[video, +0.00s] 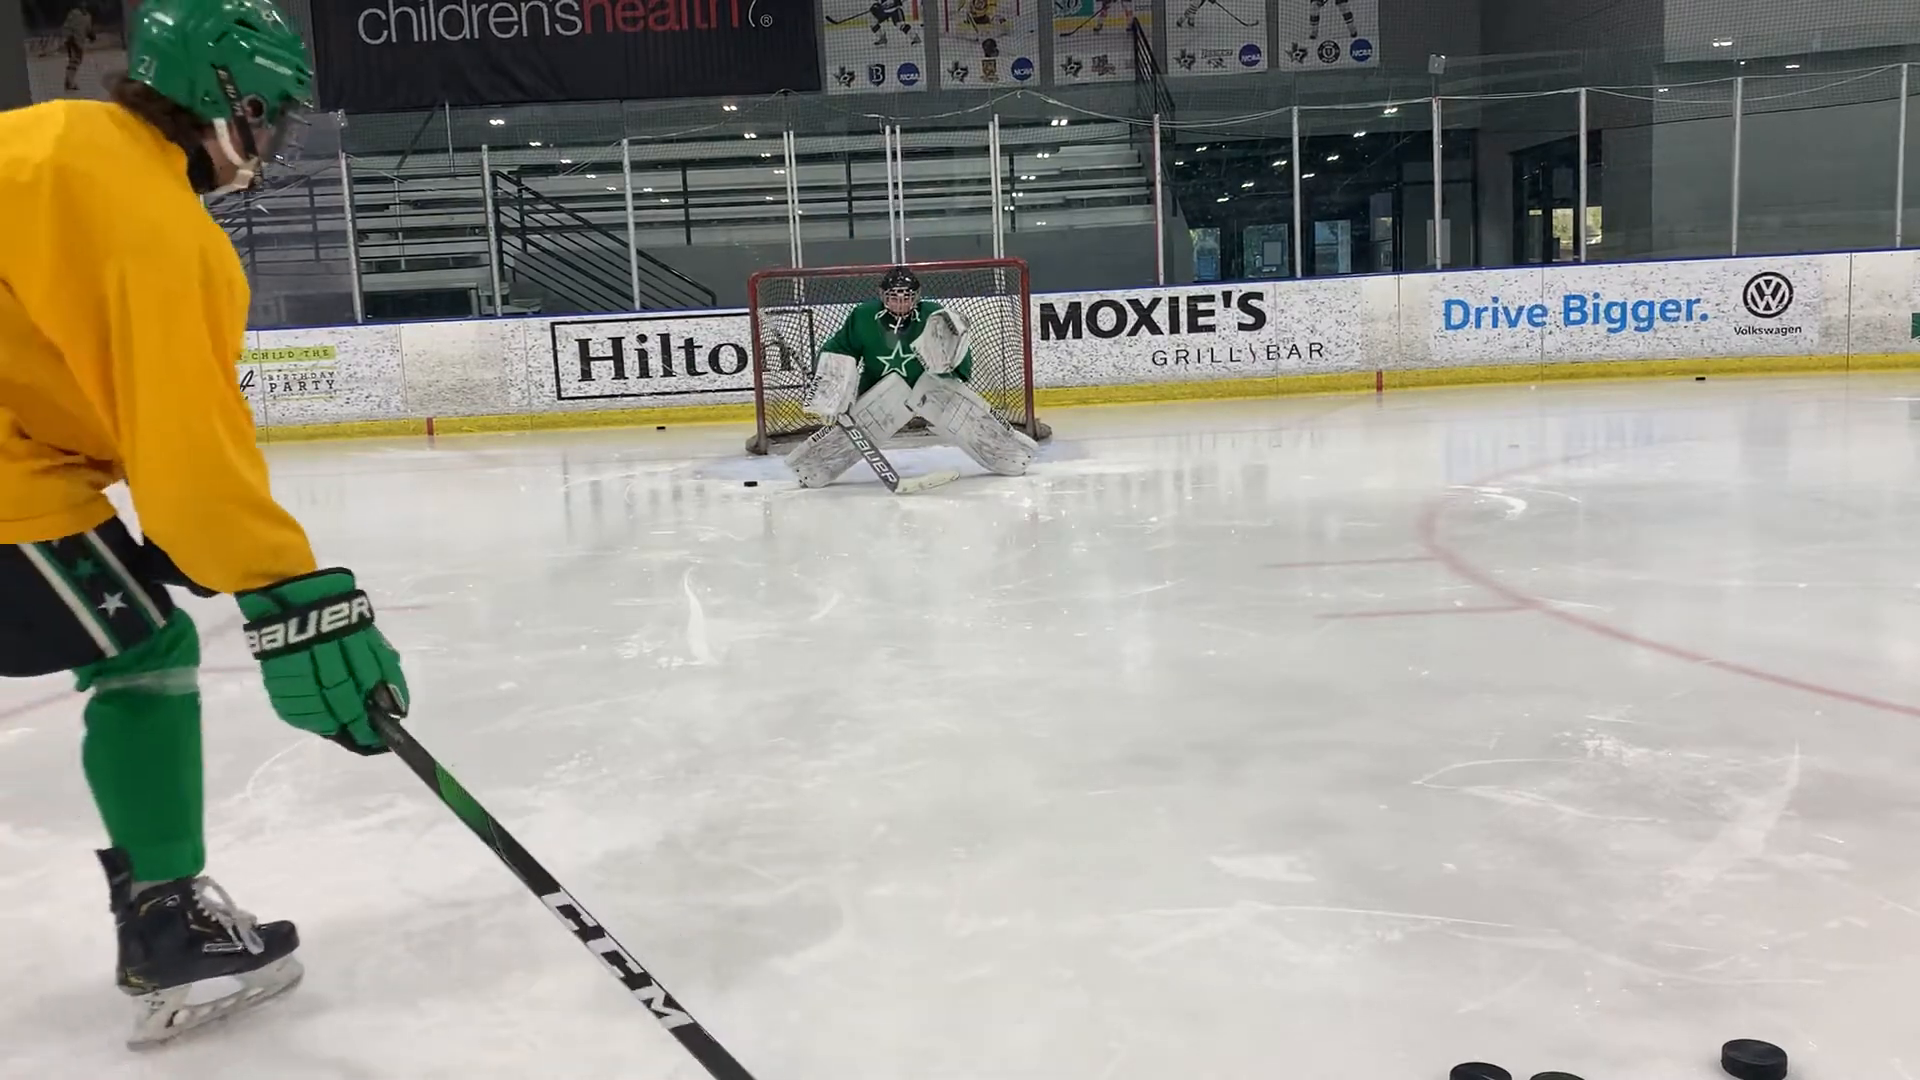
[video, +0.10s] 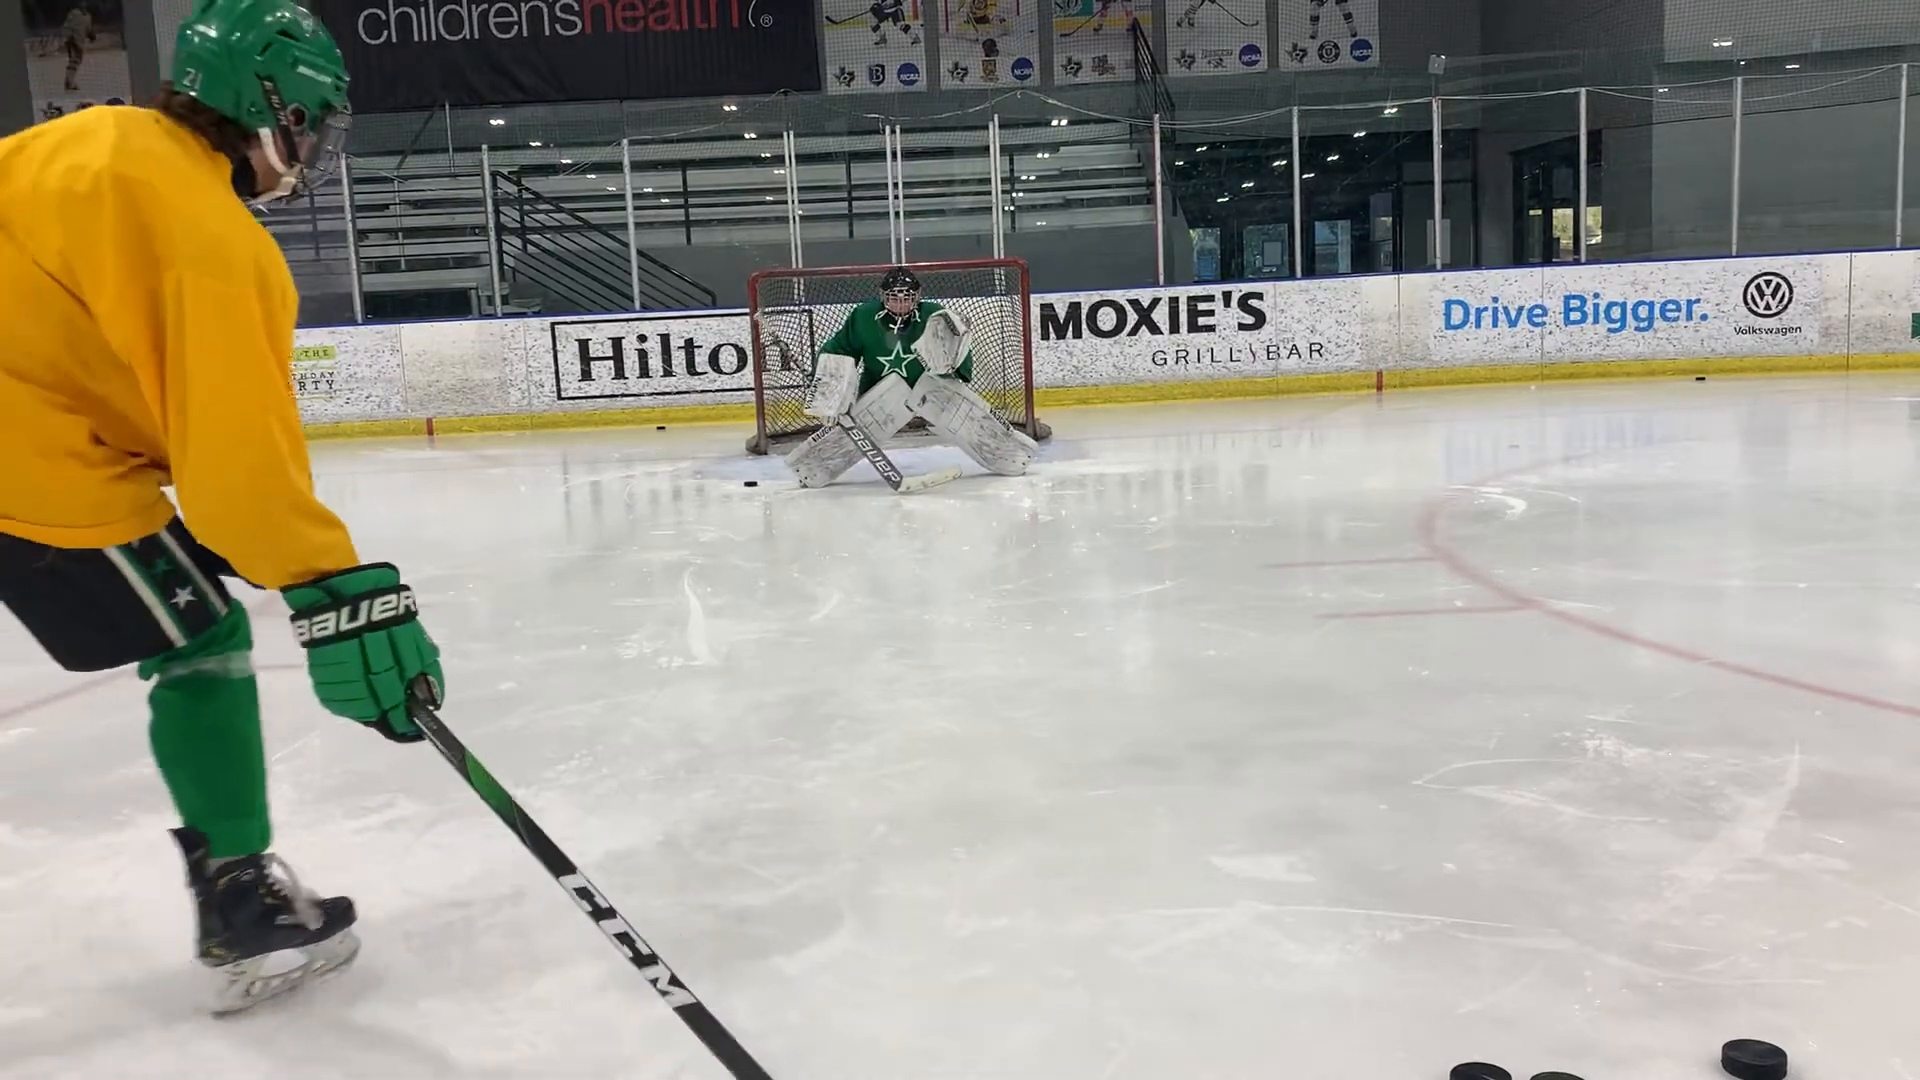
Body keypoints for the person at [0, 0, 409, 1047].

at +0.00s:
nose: (270, 150)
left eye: (278, 125)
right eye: (267, 121)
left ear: (158, 86)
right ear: (220, 106)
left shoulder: (47, 134)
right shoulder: (164, 233)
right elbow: (193, 459)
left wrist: (121, 517)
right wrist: (300, 609)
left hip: (12, 473)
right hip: (11, 485)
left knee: (132, 650)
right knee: (147, 650)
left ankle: (155, 910)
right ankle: (167, 921)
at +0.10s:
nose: (312, 157)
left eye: (319, 131)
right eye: (308, 129)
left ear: (204, 94)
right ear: (261, 114)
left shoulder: (105, 136)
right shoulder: (210, 237)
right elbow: (242, 464)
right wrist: (345, 602)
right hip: (32, 453)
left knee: (190, 629)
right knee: (200, 633)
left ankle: (232, 888)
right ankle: (240, 903)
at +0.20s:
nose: (358, 146)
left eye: (366, 120)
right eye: (357, 116)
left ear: (245, 77)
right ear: (309, 95)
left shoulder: (129, 129)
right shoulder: (241, 196)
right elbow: (254, 412)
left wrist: (223, 504)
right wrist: (336, 550)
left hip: (6, 438)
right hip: (98, 453)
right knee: (248, 635)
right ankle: (324, 857)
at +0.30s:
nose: (401, 152)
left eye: (407, 125)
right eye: (400, 120)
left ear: (283, 79)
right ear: (360, 101)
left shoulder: (142, 88)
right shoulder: (347, 229)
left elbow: (60, 175)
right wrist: (430, 428)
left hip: (19, 423)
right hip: (194, 469)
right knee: (292, 666)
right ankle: (379, 851)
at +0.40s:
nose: (417, 139)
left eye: (424, 115)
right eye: (417, 112)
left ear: (301, 66)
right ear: (388, 98)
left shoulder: (153, 87)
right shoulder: (389, 226)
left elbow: (55, 234)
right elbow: (347, 344)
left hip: (45, 441)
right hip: (240, 480)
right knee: (319, 687)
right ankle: (480, 838)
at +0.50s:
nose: (394, 128)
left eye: (401, 107)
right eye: (396, 105)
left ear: (277, 53)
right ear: (367, 87)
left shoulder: (136, 80)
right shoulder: (373, 197)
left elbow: (17, 235)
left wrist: (46, 346)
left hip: (89, 449)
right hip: (277, 475)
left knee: (0, 666)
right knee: (333, 697)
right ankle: (500, 850)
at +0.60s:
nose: (343, 109)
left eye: (349, 88)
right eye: (343, 84)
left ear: (223, 33)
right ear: (313, 62)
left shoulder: (71, 66)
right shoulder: (334, 175)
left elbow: (1, 261)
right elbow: (333, 284)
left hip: (79, 453)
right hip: (270, 465)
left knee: (13, 701)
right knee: (348, 704)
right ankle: (521, 861)